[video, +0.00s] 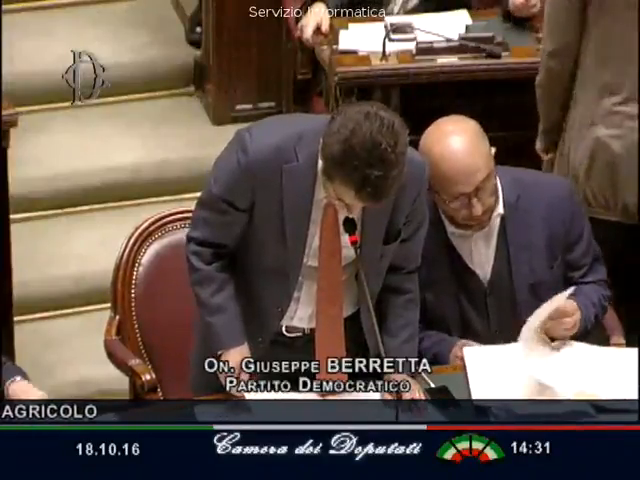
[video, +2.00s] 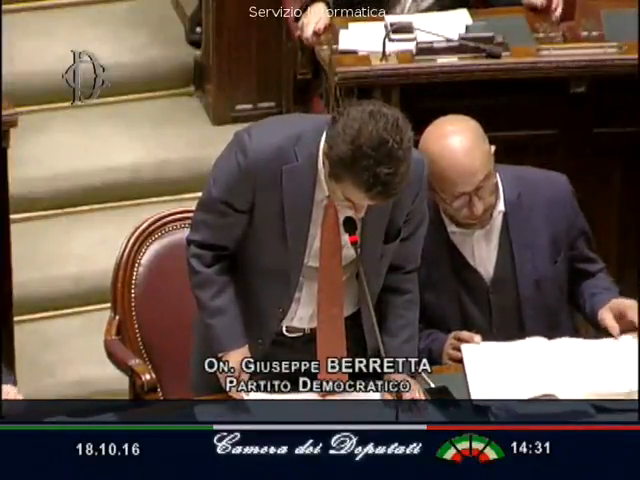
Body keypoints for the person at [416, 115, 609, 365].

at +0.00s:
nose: (476, 208)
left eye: (482, 188)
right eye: (458, 199)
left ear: (492, 158)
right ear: (430, 187)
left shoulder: (553, 198)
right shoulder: (408, 224)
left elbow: (594, 282)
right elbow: (401, 326)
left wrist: (578, 310)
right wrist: (448, 350)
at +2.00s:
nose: (476, 207)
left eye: (483, 188)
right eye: (458, 197)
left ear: (492, 154)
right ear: (430, 185)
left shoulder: (551, 193)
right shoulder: (408, 220)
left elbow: (585, 271)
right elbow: (392, 324)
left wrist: (606, 304)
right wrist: (439, 346)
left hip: (556, 378)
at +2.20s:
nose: (475, 208)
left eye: (482, 189)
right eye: (457, 198)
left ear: (494, 158)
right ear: (430, 184)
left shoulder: (553, 194)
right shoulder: (409, 219)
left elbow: (595, 278)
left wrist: (568, 304)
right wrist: (440, 345)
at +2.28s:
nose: (473, 209)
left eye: (480, 190)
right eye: (456, 198)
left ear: (493, 159)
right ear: (430, 183)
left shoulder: (553, 195)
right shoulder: (408, 219)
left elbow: (595, 282)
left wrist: (558, 309)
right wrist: (439, 345)